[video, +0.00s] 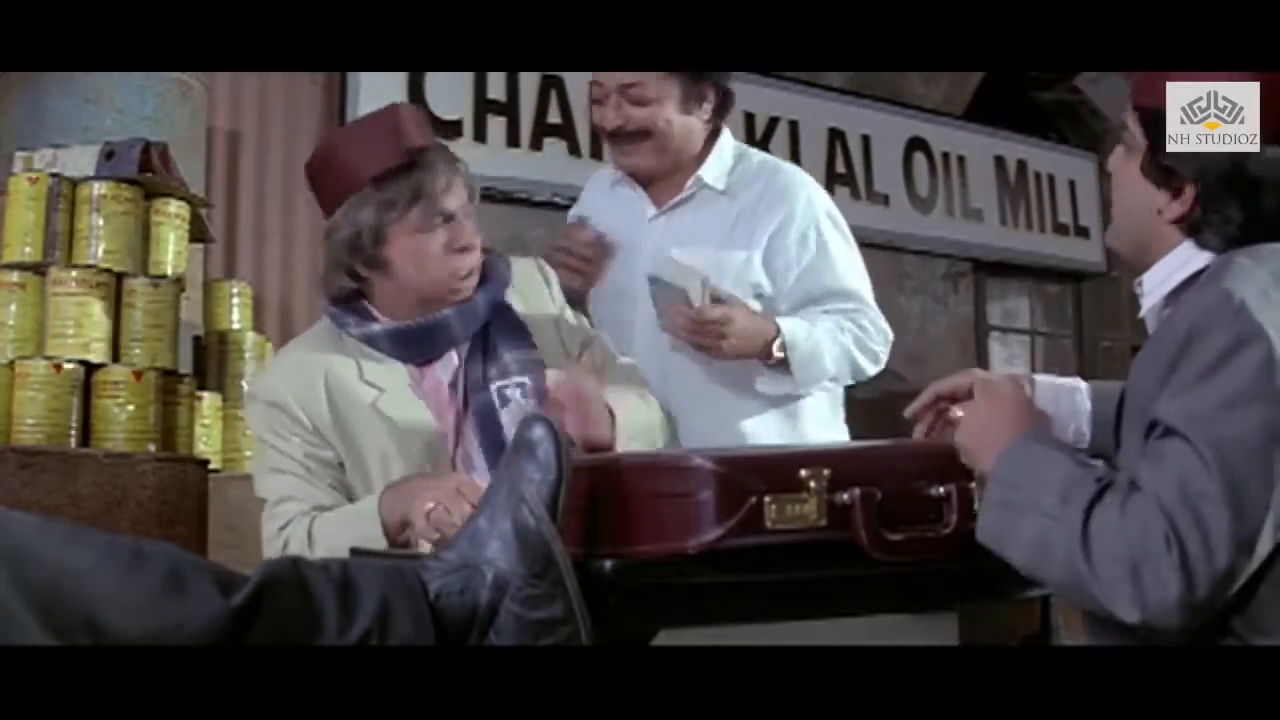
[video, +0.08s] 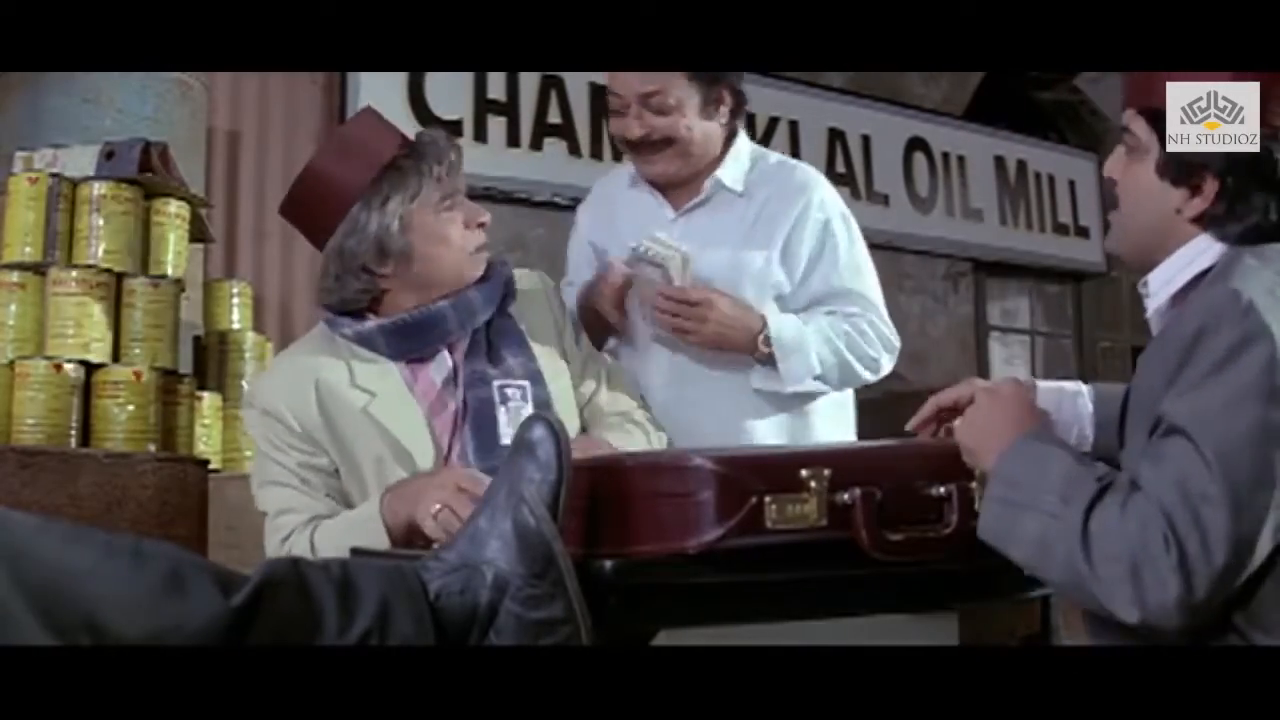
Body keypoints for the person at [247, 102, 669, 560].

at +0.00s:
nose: (471, 237)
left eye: (470, 213)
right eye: (439, 222)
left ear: (478, 209)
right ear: (366, 251)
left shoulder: (532, 301)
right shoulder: (297, 382)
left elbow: (655, 424)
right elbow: (289, 541)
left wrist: (607, 420)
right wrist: (394, 506)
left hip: (561, 597)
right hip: (407, 623)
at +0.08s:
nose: (481, 217)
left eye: (467, 198)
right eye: (447, 207)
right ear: (379, 257)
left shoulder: (532, 302)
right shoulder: (294, 387)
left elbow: (637, 429)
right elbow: (290, 550)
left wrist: (587, 455)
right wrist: (394, 509)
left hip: (561, 603)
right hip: (407, 627)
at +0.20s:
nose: (479, 209)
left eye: (464, 192)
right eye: (448, 197)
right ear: (386, 247)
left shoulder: (527, 303)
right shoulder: (287, 388)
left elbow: (616, 417)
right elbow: (283, 553)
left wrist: (600, 453)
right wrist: (391, 510)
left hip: (554, 601)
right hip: (407, 626)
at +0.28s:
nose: (483, 209)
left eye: (469, 192)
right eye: (452, 197)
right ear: (392, 246)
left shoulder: (524, 311)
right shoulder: (291, 383)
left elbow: (612, 418)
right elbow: (278, 547)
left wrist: (603, 444)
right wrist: (394, 508)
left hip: (551, 606)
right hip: (405, 627)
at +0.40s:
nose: (485, 208)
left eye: (471, 192)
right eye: (456, 196)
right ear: (396, 243)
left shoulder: (526, 315)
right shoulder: (292, 382)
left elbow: (610, 411)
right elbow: (282, 545)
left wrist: (615, 440)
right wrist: (394, 504)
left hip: (553, 605)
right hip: (407, 624)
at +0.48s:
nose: (485, 209)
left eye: (470, 193)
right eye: (454, 198)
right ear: (393, 248)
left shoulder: (527, 313)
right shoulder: (290, 387)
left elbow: (607, 409)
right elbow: (282, 544)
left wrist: (618, 444)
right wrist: (396, 506)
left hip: (553, 609)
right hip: (407, 627)